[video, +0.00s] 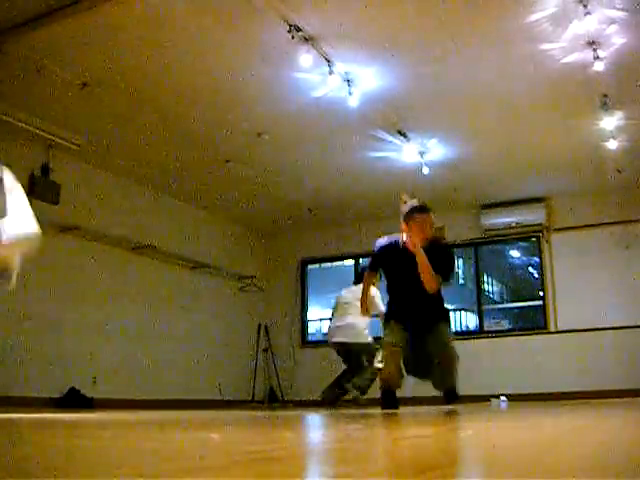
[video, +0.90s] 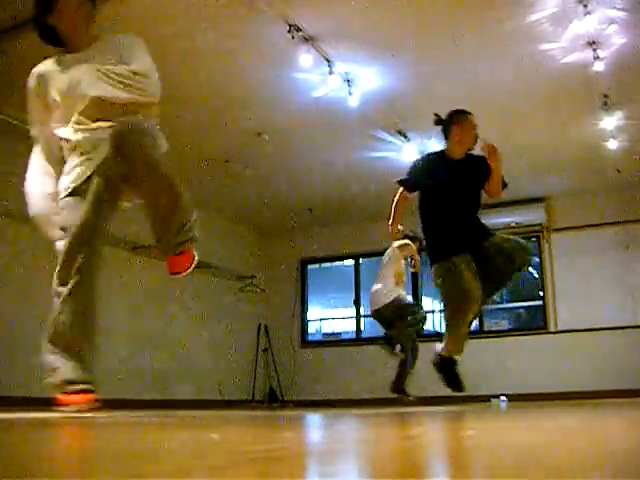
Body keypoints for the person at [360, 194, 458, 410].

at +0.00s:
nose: (425, 229)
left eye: (428, 224)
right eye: (419, 224)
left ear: (432, 225)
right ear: (405, 226)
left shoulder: (440, 250)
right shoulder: (387, 249)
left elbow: (432, 285)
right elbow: (371, 272)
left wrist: (419, 252)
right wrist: (365, 296)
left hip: (432, 312)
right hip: (399, 313)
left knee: (446, 353)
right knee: (391, 349)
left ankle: (449, 390)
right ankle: (388, 391)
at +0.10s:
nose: (424, 221)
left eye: (426, 215)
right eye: (417, 216)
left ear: (430, 213)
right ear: (401, 217)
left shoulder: (439, 238)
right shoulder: (383, 235)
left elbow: (433, 281)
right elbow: (372, 258)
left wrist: (411, 258)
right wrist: (364, 285)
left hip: (433, 295)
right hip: (402, 296)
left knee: (429, 338)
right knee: (385, 345)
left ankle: (452, 379)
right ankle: (389, 392)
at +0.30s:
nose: (414, 225)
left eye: (417, 218)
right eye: (407, 219)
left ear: (421, 216)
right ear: (389, 219)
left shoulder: (436, 238)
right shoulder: (378, 247)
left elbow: (473, 266)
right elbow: (370, 279)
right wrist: (368, 304)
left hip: (451, 299)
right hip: (417, 304)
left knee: (420, 332)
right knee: (391, 349)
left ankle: (433, 389)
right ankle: (415, 391)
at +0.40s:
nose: (422, 216)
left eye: (424, 210)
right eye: (415, 210)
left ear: (426, 209)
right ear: (397, 214)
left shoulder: (440, 231)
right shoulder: (386, 247)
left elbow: (479, 232)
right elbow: (377, 296)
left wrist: (496, 232)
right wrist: (398, 279)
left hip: (458, 296)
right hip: (427, 303)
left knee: (418, 326)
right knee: (408, 361)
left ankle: (433, 391)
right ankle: (452, 372)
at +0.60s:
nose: (446, 175)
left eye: (444, 169)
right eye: (439, 170)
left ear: (438, 173)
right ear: (421, 176)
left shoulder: (451, 196)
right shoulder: (409, 214)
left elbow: (456, 227)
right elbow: (405, 258)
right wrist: (436, 278)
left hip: (477, 269)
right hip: (447, 279)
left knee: (488, 331)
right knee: (453, 337)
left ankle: (514, 383)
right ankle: (476, 391)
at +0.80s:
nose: (465, 132)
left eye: (464, 127)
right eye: (460, 127)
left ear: (451, 131)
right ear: (443, 131)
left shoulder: (469, 166)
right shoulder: (415, 170)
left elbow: (484, 202)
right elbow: (392, 209)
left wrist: (518, 202)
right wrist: (387, 253)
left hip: (478, 239)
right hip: (446, 246)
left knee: (516, 263)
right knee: (458, 309)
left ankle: (470, 306)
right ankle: (465, 376)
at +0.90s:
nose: (476, 133)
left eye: (475, 128)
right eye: (471, 128)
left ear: (465, 132)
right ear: (454, 131)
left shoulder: (477, 164)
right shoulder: (429, 164)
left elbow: (493, 194)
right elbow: (403, 194)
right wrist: (394, 225)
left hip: (474, 235)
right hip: (445, 241)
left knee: (517, 254)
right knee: (467, 299)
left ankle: (470, 302)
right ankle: (447, 357)